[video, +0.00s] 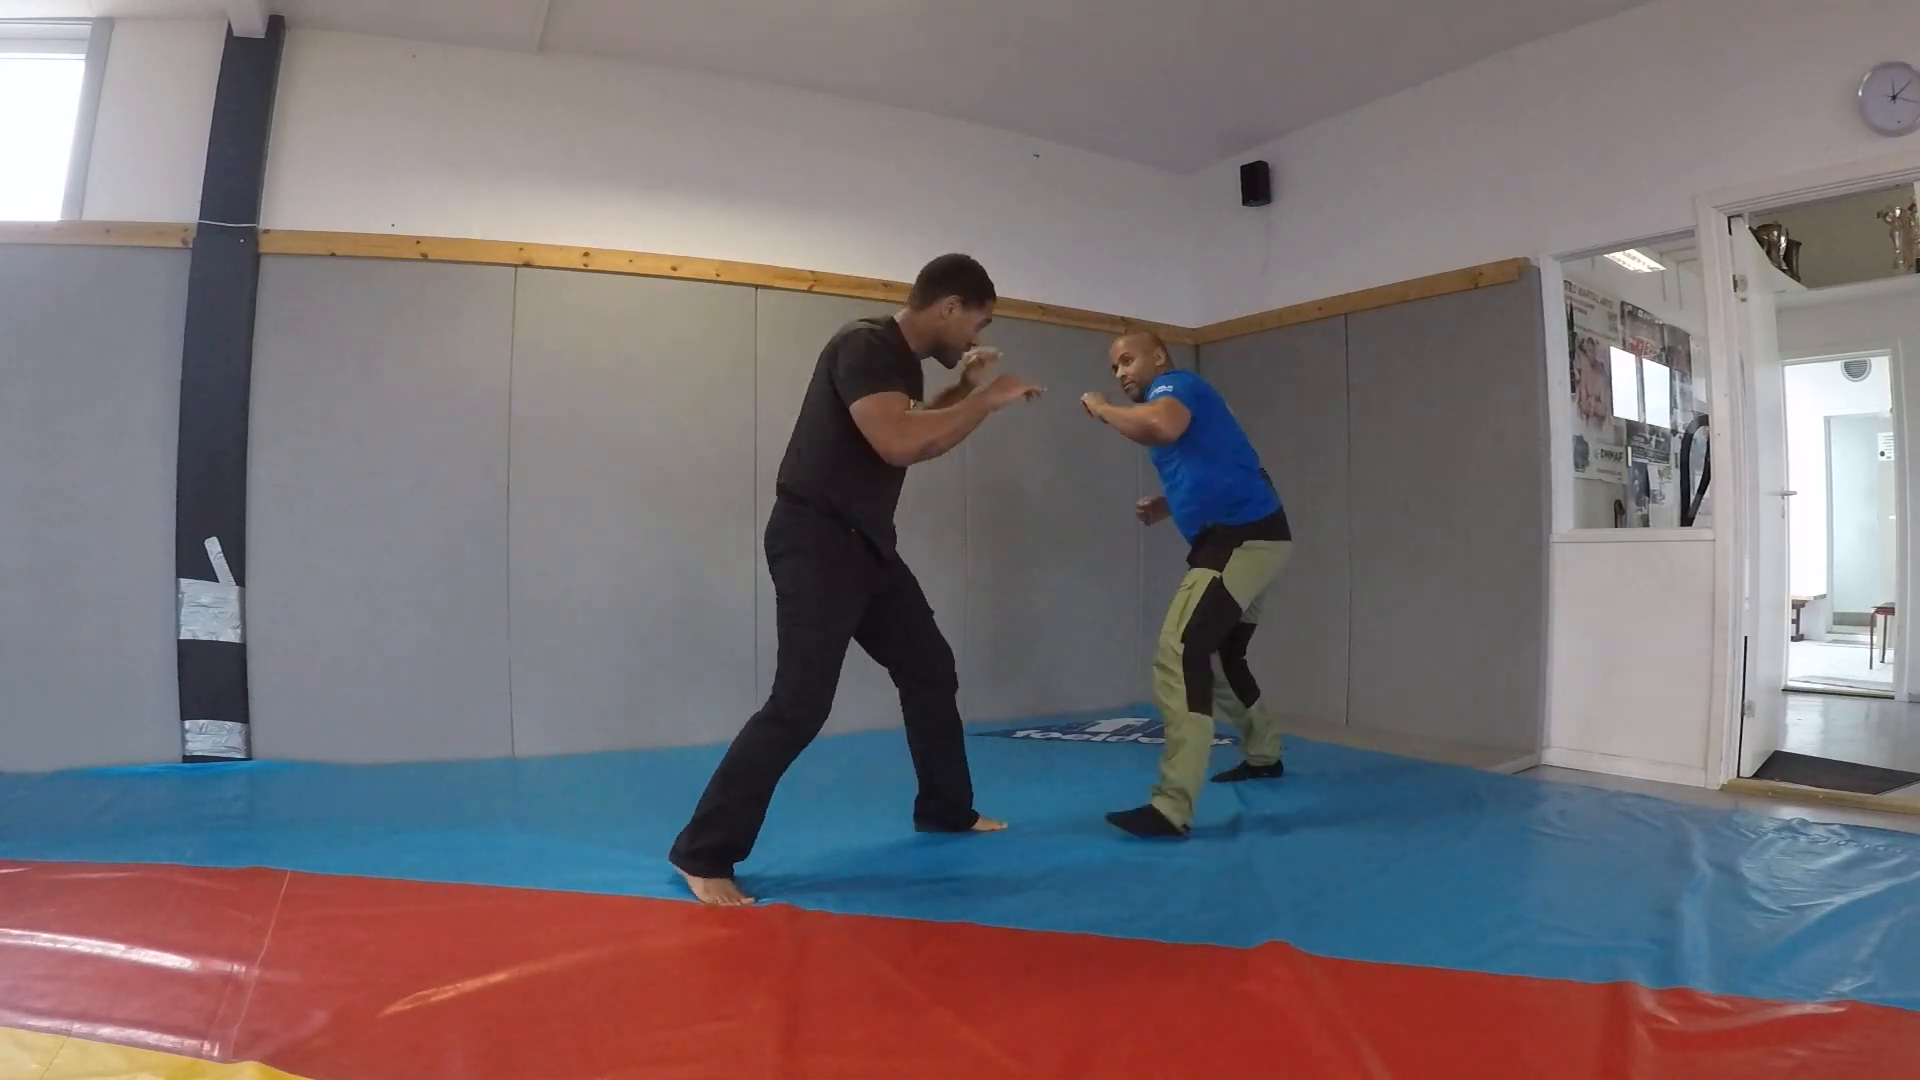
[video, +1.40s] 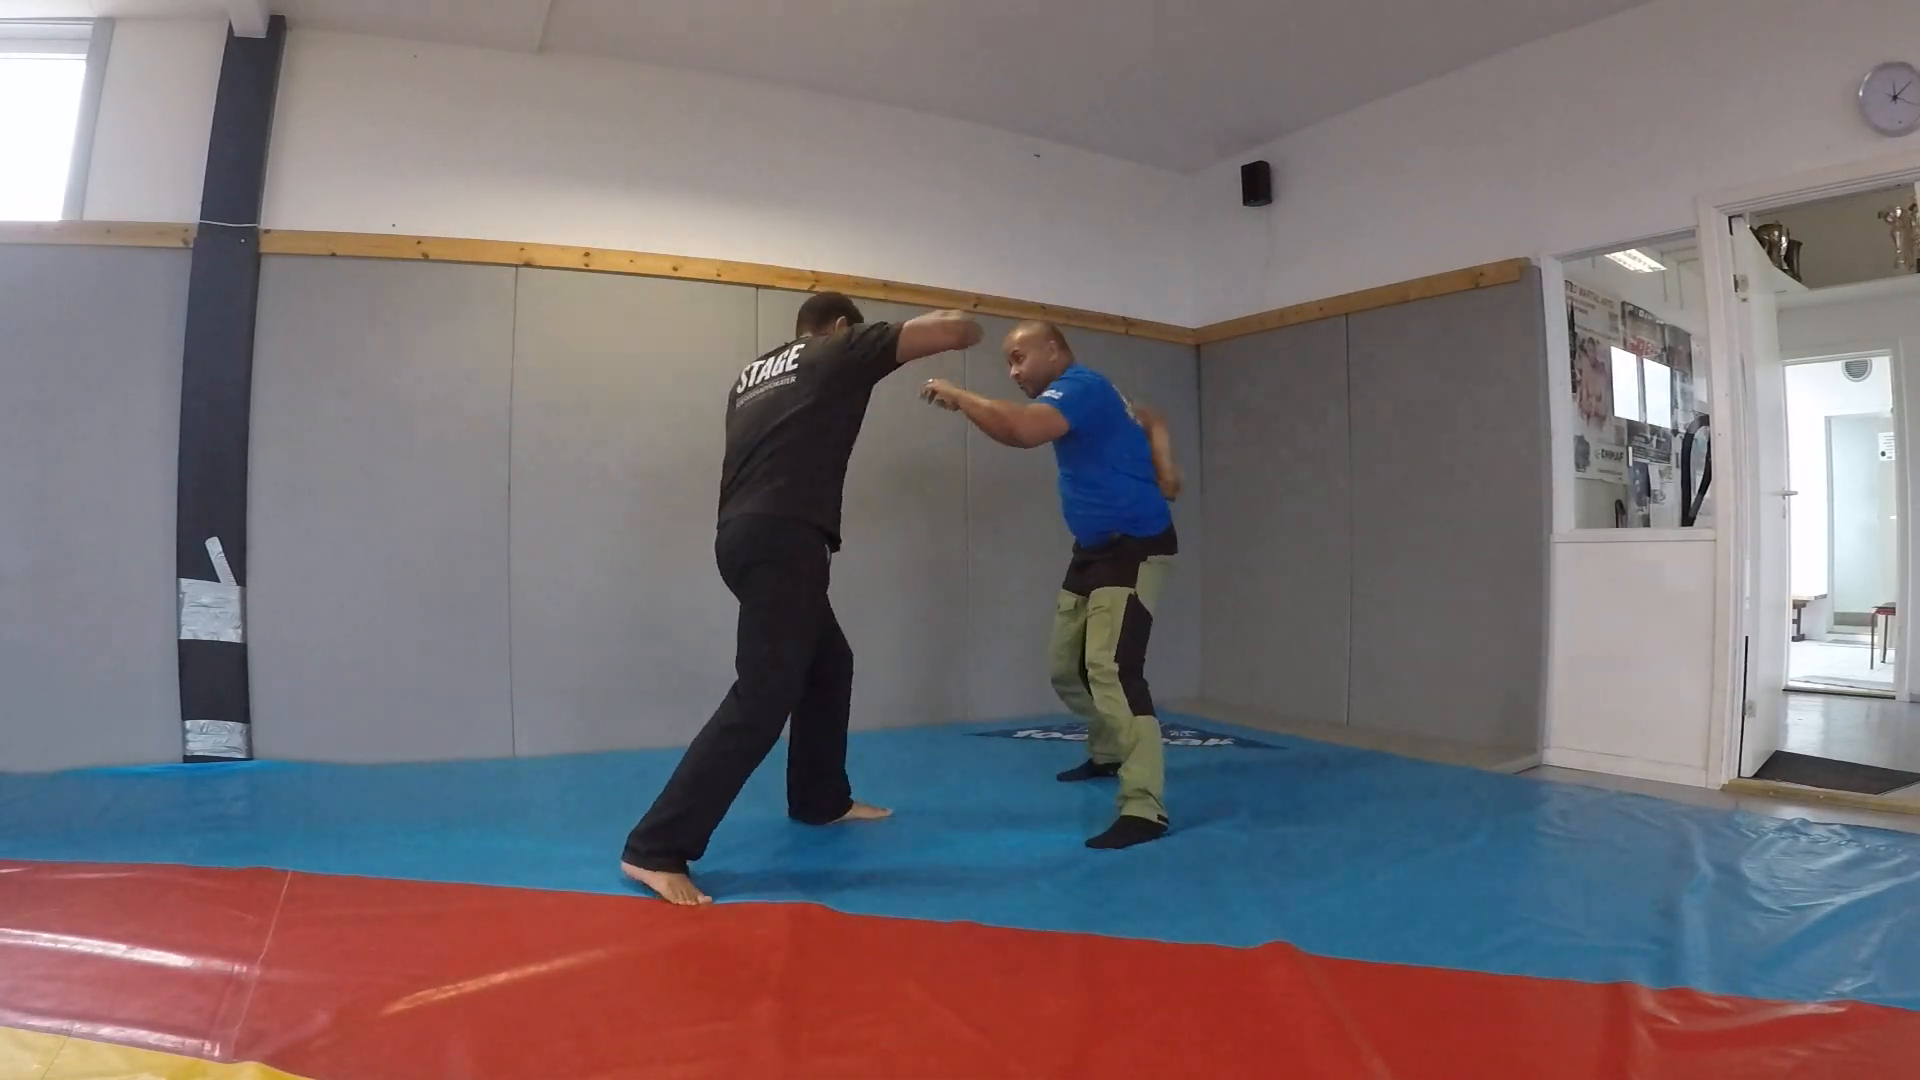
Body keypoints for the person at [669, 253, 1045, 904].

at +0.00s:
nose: (972, 337)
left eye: (977, 328)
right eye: (974, 324)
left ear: (940, 308)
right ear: (949, 307)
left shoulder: (903, 362)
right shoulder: (866, 346)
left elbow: (912, 437)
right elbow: (898, 442)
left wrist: (961, 390)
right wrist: (986, 400)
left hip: (866, 547)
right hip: (816, 539)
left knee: (929, 668)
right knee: (799, 705)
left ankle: (945, 810)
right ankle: (703, 855)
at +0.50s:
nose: (950, 324)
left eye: (954, 315)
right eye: (950, 312)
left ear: (896, 293)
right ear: (926, 294)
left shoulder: (827, 346)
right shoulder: (915, 343)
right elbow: (1013, 423)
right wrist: (1062, 420)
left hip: (816, 538)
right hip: (841, 544)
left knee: (914, 669)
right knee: (805, 712)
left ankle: (939, 811)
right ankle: (708, 874)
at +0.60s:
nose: (946, 319)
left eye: (950, 308)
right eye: (944, 304)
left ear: (892, 290)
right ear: (911, 288)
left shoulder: (827, 342)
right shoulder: (904, 340)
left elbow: (817, 445)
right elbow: (976, 447)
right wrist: (1025, 463)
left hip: (829, 539)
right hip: (843, 542)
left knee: (922, 668)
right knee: (801, 709)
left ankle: (930, 812)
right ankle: (711, 873)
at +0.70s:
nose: (941, 323)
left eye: (947, 313)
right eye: (939, 306)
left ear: (897, 289)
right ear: (903, 284)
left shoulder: (865, 339)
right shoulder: (873, 340)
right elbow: (916, 463)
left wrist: (955, 344)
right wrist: (976, 477)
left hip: (859, 543)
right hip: (830, 537)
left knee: (929, 668)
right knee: (807, 703)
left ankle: (931, 813)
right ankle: (714, 870)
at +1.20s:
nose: (882, 335)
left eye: (886, 325)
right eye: (883, 321)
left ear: (832, 302)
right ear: (859, 305)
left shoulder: (786, 347)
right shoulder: (819, 352)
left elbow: (813, 418)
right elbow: (881, 444)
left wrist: (859, 375)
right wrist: (917, 392)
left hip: (773, 541)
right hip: (762, 543)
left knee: (855, 651)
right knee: (755, 706)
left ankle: (851, 797)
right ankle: (657, 860)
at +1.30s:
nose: (864, 333)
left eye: (864, 327)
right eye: (864, 324)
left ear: (812, 314)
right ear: (850, 312)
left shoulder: (761, 359)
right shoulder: (834, 345)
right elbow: (917, 376)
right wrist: (923, 341)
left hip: (747, 535)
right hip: (780, 539)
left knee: (832, 665)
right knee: (765, 700)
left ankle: (818, 799)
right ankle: (657, 853)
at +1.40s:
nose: (856, 339)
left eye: (856, 332)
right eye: (855, 332)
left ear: (799, 326)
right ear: (841, 326)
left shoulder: (751, 374)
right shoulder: (842, 350)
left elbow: (746, 461)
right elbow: (959, 330)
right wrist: (953, 325)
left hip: (738, 538)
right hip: (786, 535)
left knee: (829, 663)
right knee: (765, 693)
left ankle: (820, 802)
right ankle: (656, 848)